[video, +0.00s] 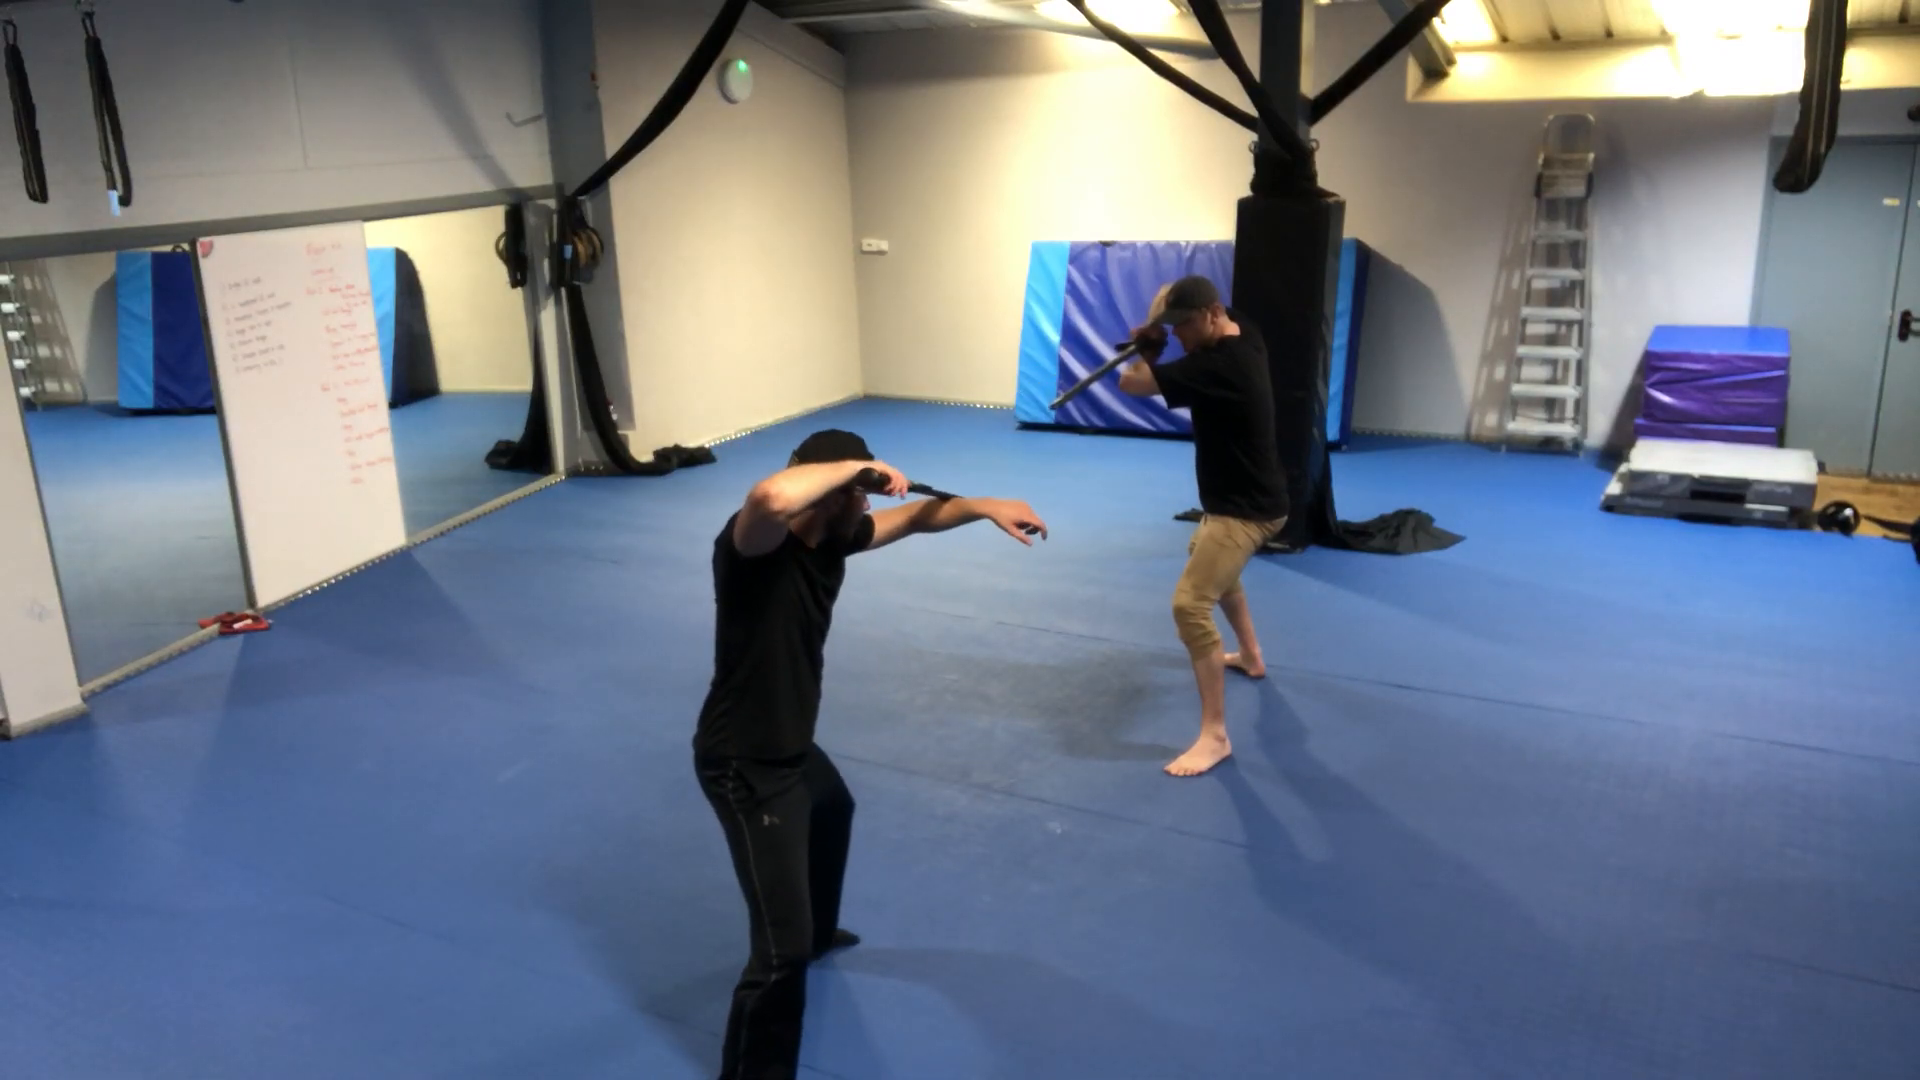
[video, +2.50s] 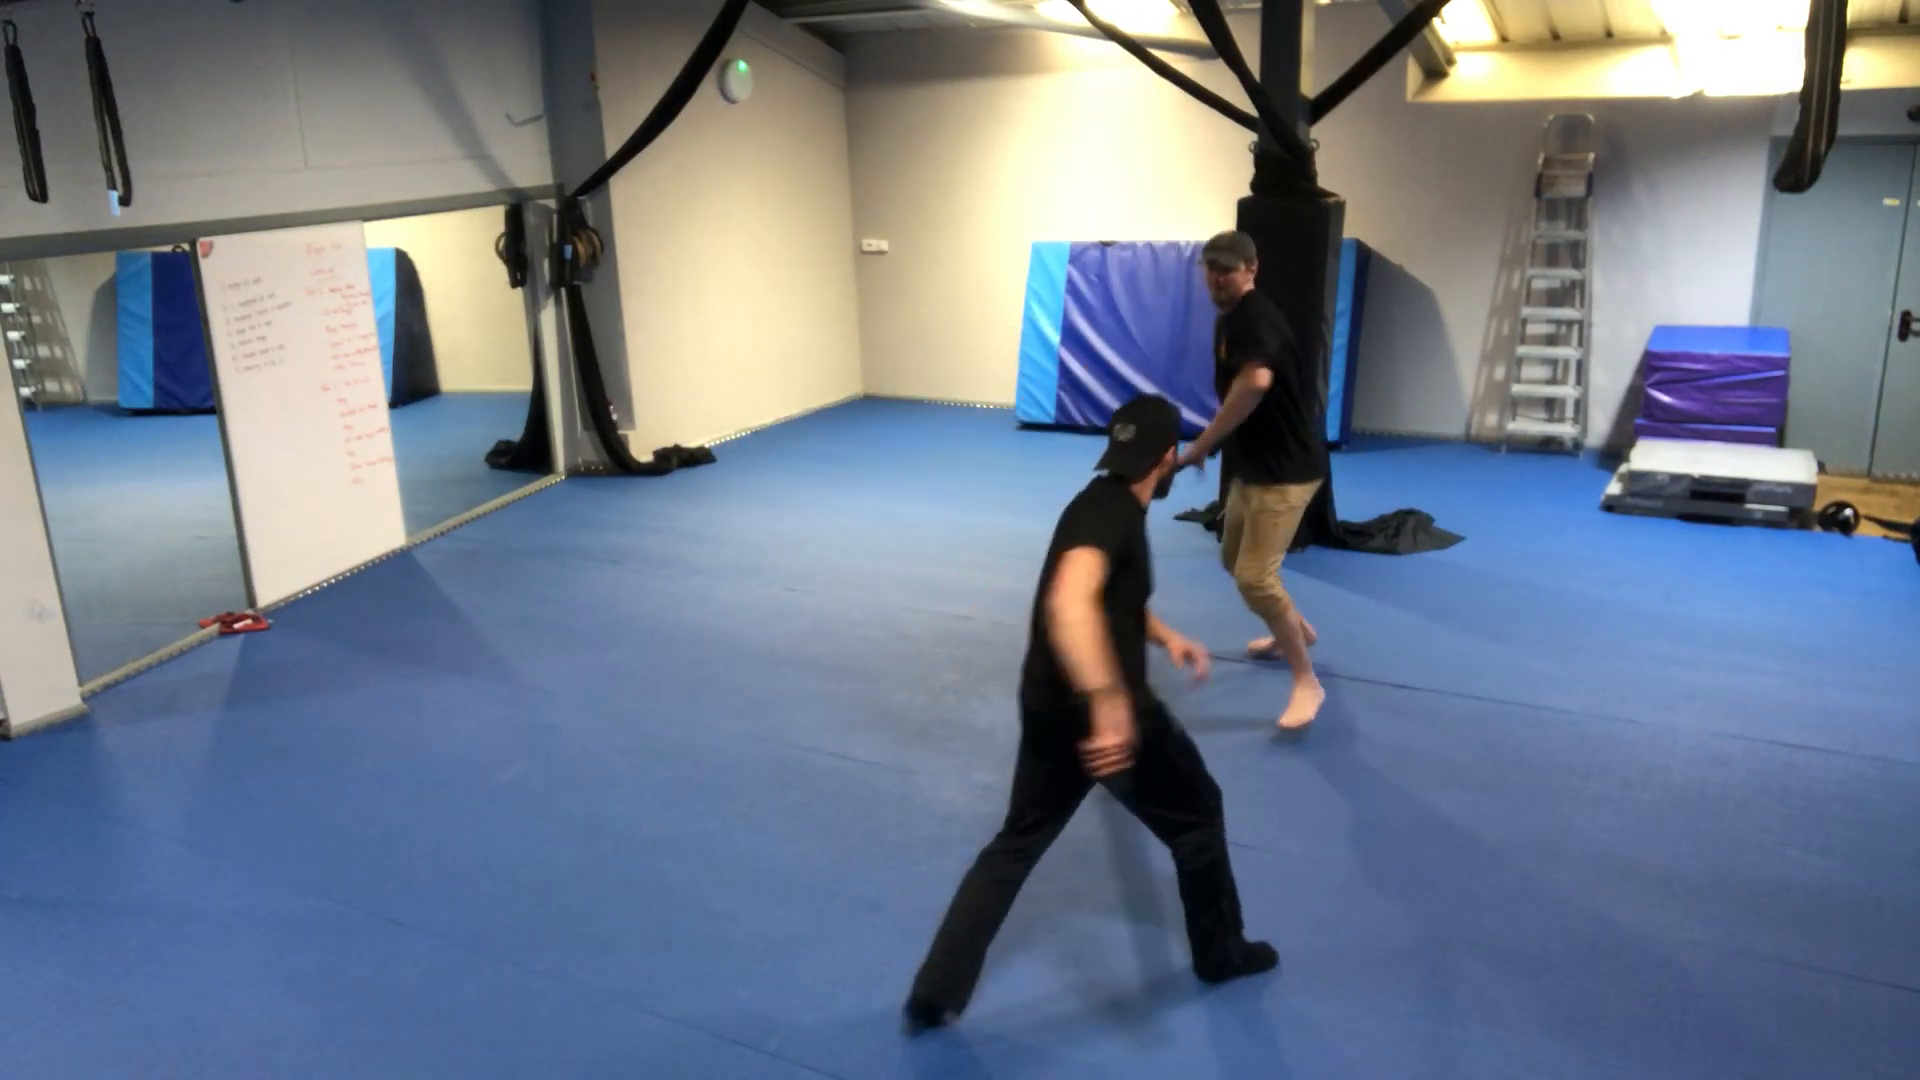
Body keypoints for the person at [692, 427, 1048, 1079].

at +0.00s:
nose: (868, 511)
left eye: (869, 498)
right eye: (859, 498)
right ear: (824, 497)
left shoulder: (831, 543)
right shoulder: (753, 549)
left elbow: (916, 516)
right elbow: (769, 497)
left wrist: (986, 505)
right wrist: (858, 467)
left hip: (792, 749)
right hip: (743, 762)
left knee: (833, 809)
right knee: (784, 951)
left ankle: (813, 930)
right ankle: (752, 1074)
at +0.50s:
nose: (860, 505)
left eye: (863, 493)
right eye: (853, 491)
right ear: (818, 486)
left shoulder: (831, 536)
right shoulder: (746, 540)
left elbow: (915, 512)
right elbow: (759, 488)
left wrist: (989, 509)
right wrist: (853, 469)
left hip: (795, 749)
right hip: (746, 758)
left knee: (829, 818)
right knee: (780, 949)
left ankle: (810, 933)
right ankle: (752, 1073)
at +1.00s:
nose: (885, 472)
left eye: (867, 467)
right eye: (880, 464)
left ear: (816, 477)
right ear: (872, 474)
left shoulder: (794, 535)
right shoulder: (888, 513)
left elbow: (865, 500)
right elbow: (979, 417)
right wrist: (979, 341)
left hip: (847, 742)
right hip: (910, 743)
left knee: (892, 838)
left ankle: (890, 987)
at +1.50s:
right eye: (1155, 438)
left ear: (1085, 449)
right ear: (1148, 449)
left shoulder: (1056, 524)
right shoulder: (1163, 491)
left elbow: (963, 583)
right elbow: (1069, 458)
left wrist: (961, 529)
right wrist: (967, 459)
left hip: (1053, 707)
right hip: (1141, 704)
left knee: (978, 835)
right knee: (1192, 820)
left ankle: (915, 984)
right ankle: (1239, 959)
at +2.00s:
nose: (1131, 441)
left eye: (1127, 430)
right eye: (1129, 432)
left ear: (1070, 434)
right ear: (1119, 442)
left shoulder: (1068, 495)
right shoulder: (1081, 506)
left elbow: (1102, 555)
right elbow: (1042, 604)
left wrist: (1151, 535)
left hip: (1068, 703)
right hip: (1125, 700)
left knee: (1015, 834)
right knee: (1209, 829)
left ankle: (934, 991)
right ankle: (1247, 966)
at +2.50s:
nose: (1176, 461)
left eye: (1173, 452)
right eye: (1176, 453)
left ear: (1116, 448)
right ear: (1165, 459)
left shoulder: (1105, 505)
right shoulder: (1112, 512)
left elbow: (1116, 595)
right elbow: (1069, 603)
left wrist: (1167, 637)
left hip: (1055, 704)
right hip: (1109, 704)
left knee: (1018, 840)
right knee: (1195, 812)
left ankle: (935, 992)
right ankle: (1219, 951)